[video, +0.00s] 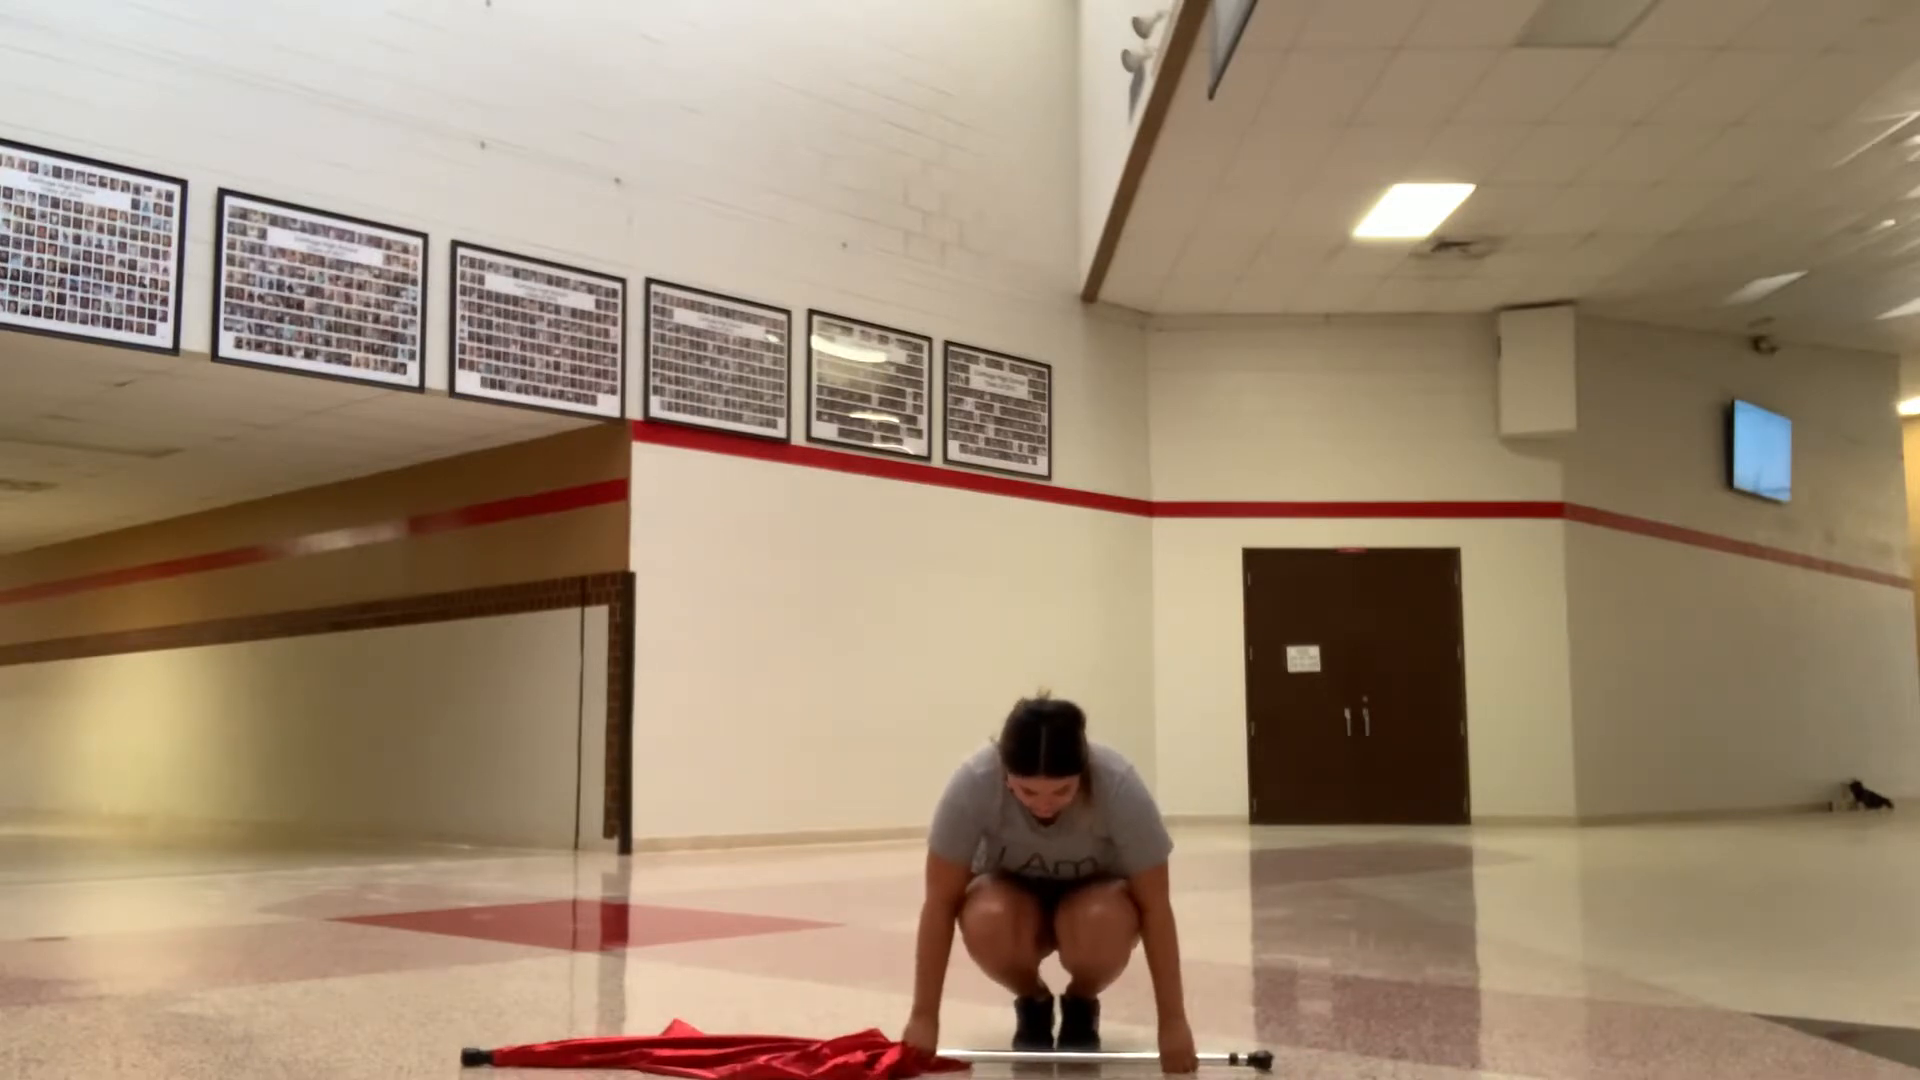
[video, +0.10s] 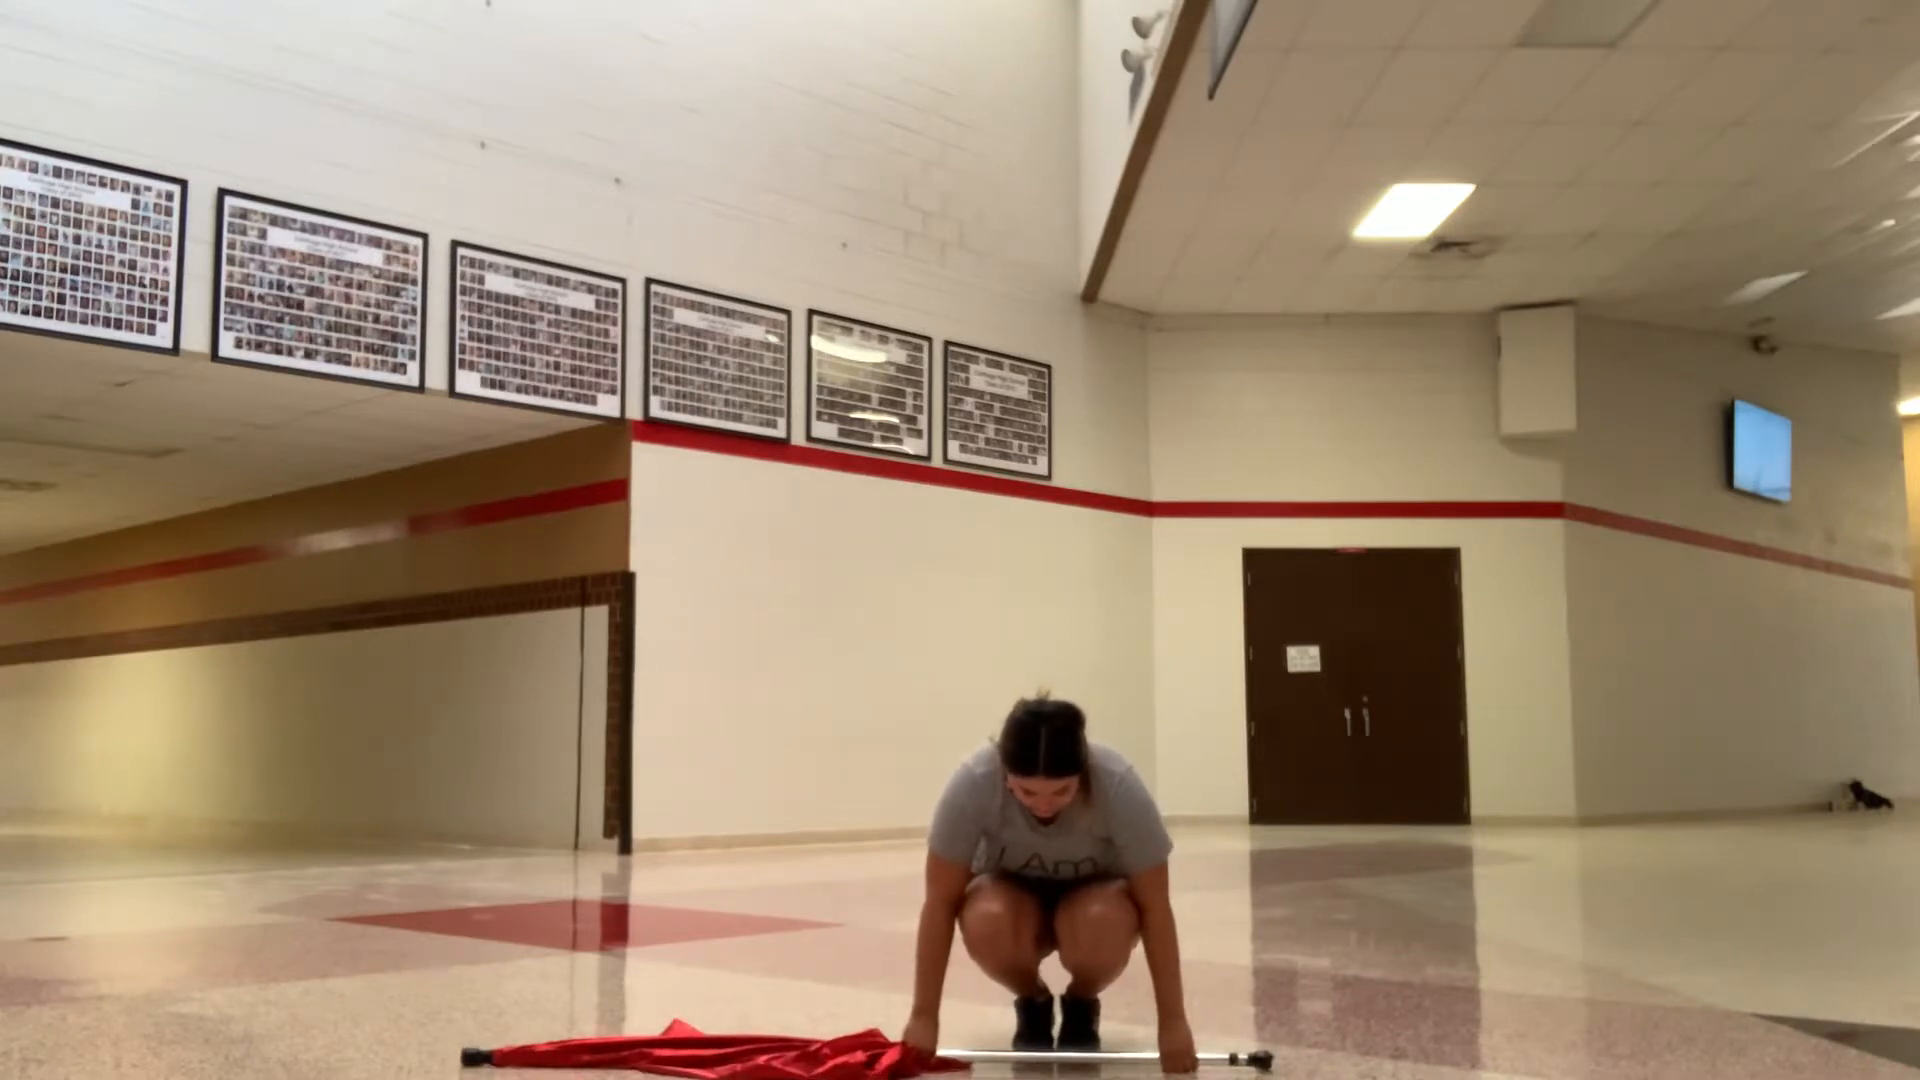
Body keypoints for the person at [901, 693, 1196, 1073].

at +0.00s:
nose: (1044, 806)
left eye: (1060, 791)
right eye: (1029, 792)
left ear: (1080, 773)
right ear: (1007, 774)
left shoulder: (1120, 789)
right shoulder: (973, 787)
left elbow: (1156, 910)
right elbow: (940, 905)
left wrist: (1173, 1024)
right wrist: (923, 1017)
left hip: (1092, 908)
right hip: (1019, 908)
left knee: (1101, 921)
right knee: (987, 917)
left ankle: (1082, 1003)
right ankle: (1032, 1001)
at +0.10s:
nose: (1043, 806)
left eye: (1059, 792)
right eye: (1028, 792)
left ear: (1080, 773)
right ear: (1007, 774)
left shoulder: (1119, 789)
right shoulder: (973, 787)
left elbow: (1156, 910)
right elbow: (940, 905)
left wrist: (1173, 1024)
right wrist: (923, 1017)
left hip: (1092, 908)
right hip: (1019, 907)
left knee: (1101, 921)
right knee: (987, 917)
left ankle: (1082, 1003)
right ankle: (1032, 1001)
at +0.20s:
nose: (1043, 807)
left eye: (1058, 792)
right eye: (1027, 793)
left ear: (1079, 773)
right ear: (1006, 776)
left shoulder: (1119, 788)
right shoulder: (972, 788)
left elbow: (1156, 910)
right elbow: (940, 904)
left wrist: (1173, 1024)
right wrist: (923, 1017)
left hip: (1091, 907)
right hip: (1019, 907)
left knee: (1101, 921)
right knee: (987, 917)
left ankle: (1082, 1003)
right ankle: (1032, 1001)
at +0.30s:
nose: (1042, 807)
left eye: (1057, 792)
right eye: (1026, 793)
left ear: (1078, 773)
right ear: (1006, 776)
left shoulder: (1118, 788)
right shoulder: (970, 788)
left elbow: (1157, 908)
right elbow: (940, 903)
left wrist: (1173, 1024)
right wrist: (922, 1017)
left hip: (1091, 908)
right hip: (1019, 907)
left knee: (1103, 917)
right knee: (987, 915)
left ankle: (1081, 1003)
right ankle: (1033, 1001)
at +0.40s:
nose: (1040, 801)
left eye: (1056, 785)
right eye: (1023, 785)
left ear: (1077, 766)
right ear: (1005, 767)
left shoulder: (1117, 782)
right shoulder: (972, 784)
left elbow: (1155, 907)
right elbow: (942, 904)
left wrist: (1171, 1021)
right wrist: (923, 1016)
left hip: (1093, 881)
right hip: (1017, 883)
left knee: (1099, 907)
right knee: (994, 905)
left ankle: (1080, 1004)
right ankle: (1036, 1002)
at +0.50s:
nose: (1037, 779)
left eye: (1053, 765)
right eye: (1022, 765)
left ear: (1076, 746)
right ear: (1004, 746)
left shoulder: (1115, 761)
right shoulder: (975, 765)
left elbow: (1153, 887)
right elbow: (945, 891)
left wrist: (1173, 1001)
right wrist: (924, 1002)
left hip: (1094, 847)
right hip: (1018, 848)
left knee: (1093, 890)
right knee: (999, 888)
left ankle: (1079, 1004)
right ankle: (1037, 1002)